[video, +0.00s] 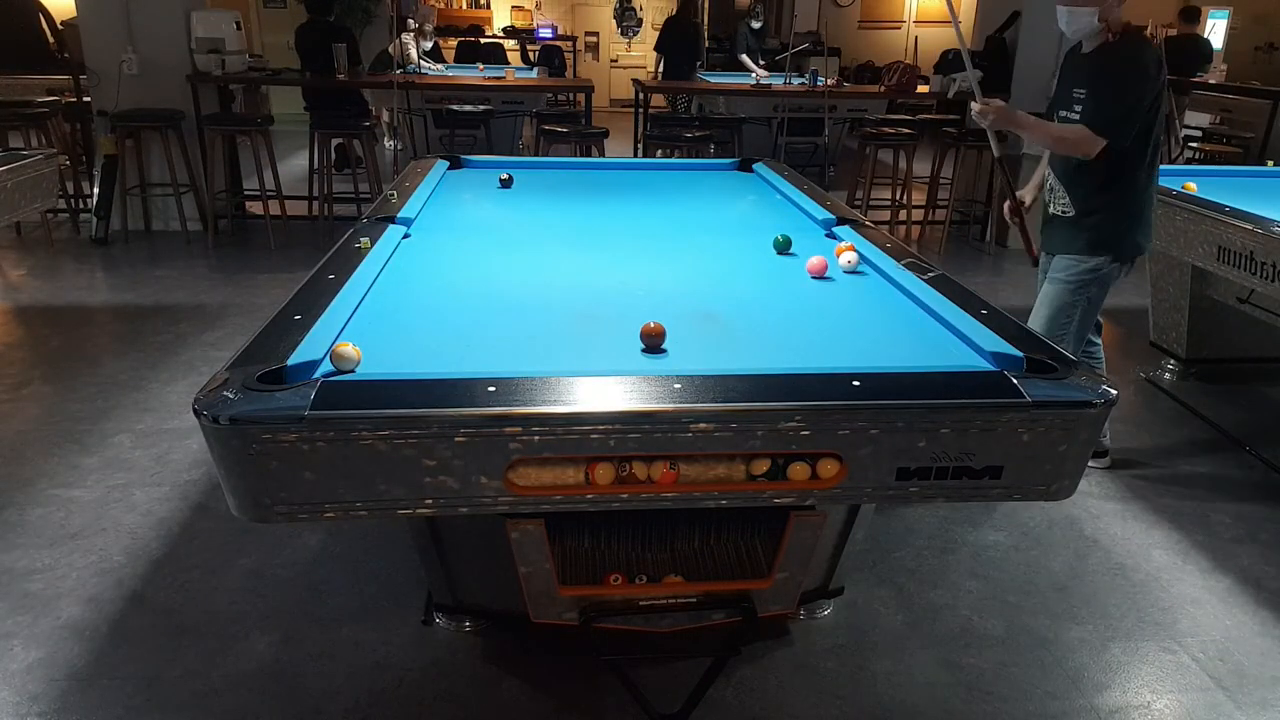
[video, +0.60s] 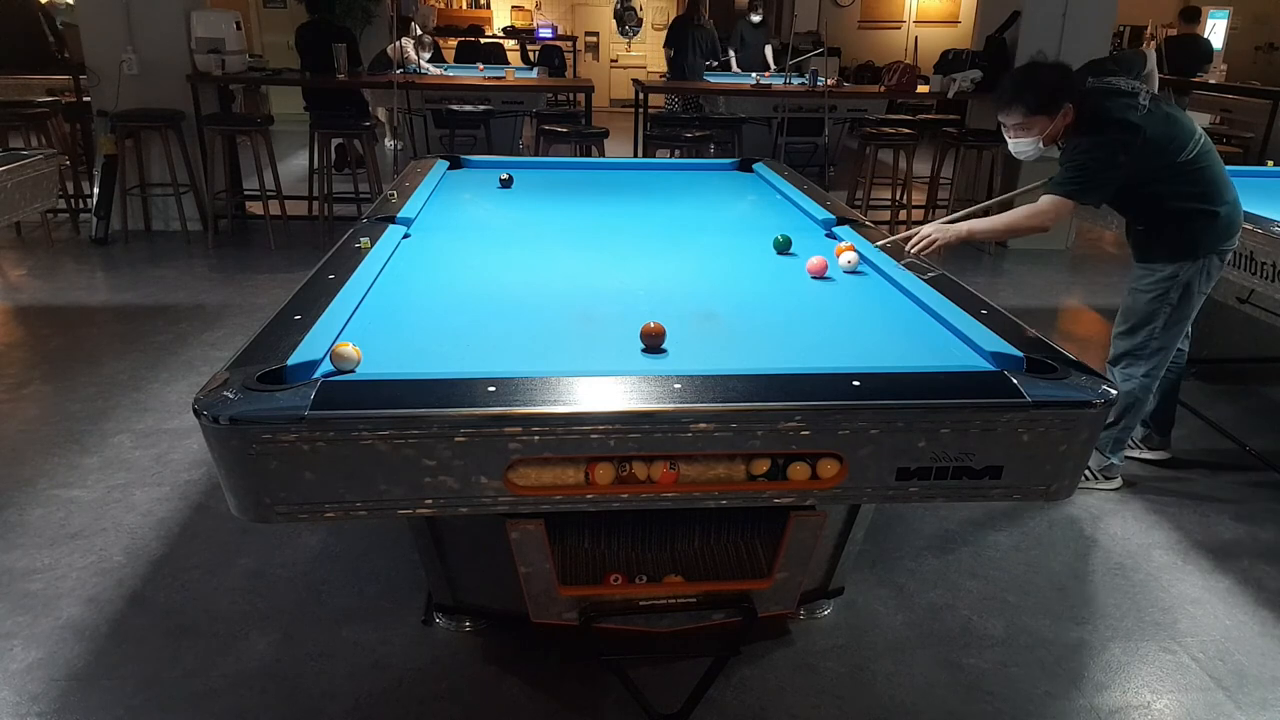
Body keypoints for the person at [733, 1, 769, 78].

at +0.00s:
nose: (757, 25)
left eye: (759, 22)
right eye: (754, 22)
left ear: (763, 19)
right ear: (749, 18)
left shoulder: (761, 27)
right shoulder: (742, 29)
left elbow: (757, 46)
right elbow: (741, 55)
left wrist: (759, 60)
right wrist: (757, 70)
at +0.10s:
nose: (753, 14)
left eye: (756, 12)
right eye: (751, 11)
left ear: (760, 14)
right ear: (746, 12)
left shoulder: (759, 28)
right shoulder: (741, 27)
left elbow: (760, 47)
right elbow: (743, 52)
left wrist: (761, 62)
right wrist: (758, 70)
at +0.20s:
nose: (749, 14)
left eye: (753, 11)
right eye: (747, 11)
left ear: (758, 14)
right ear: (744, 12)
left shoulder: (760, 30)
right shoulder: (739, 29)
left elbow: (765, 48)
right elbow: (741, 52)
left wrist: (771, 65)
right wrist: (755, 69)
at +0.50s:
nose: (755, 19)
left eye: (757, 16)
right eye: (752, 16)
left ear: (760, 15)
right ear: (746, 14)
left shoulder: (762, 27)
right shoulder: (739, 27)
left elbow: (767, 46)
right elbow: (735, 50)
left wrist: (772, 66)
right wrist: (748, 68)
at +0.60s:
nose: (757, 18)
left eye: (760, 16)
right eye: (754, 15)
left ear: (763, 14)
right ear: (749, 13)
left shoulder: (763, 25)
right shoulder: (741, 25)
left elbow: (767, 46)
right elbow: (731, 48)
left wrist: (772, 66)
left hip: (761, 70)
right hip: (743, 71)